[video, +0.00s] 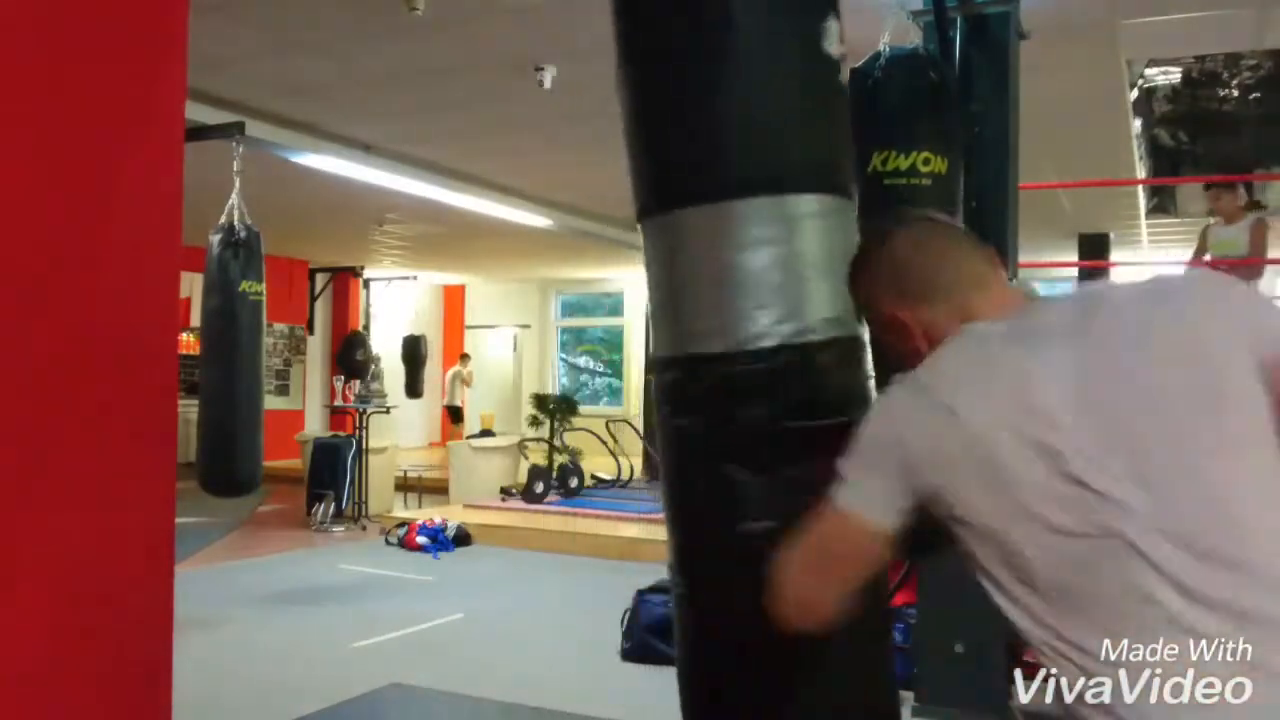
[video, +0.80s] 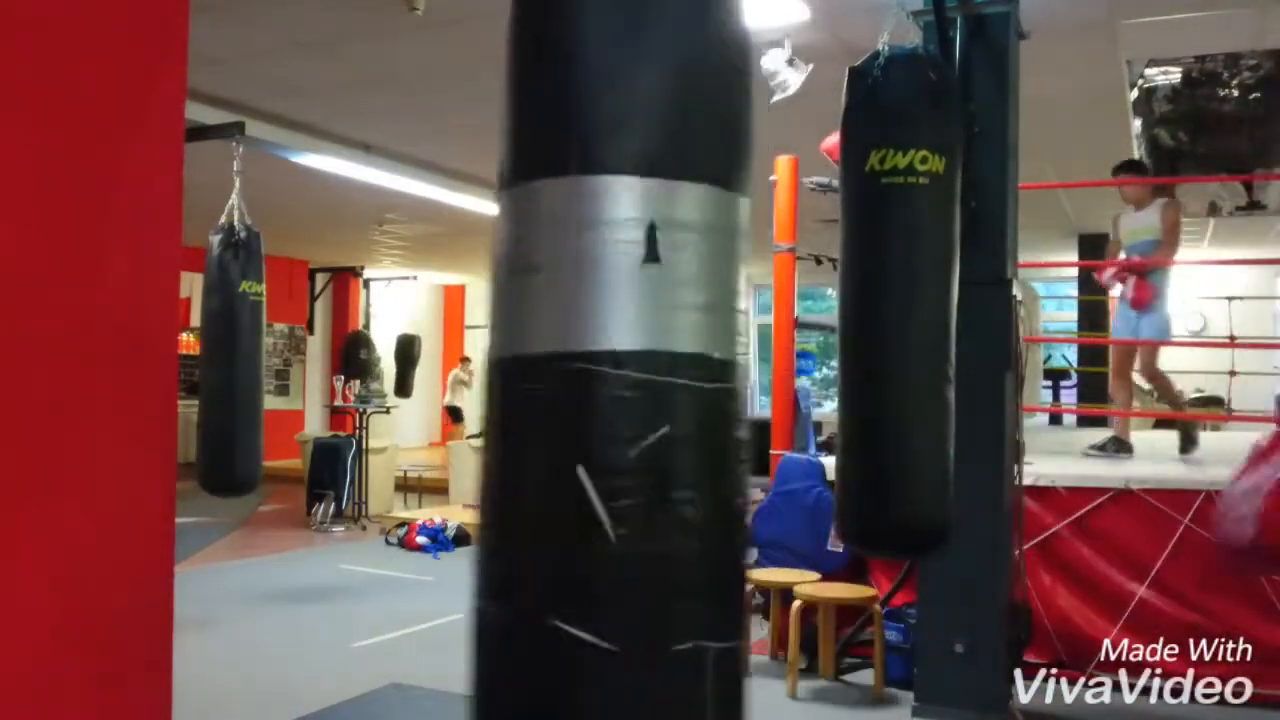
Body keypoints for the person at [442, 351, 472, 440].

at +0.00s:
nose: (467, 364)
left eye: (468, 362)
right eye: (467, 361)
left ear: (460, 360)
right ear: (464, 360)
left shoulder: (451, 370)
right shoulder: (459, 371)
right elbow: (468, 383)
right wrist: (469, 373)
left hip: (448, 401)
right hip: (455, 402)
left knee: (455, 425)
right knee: (459, 425)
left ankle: (452, 444)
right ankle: (456, 444)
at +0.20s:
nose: (468, 367)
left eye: (468, 365)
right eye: (467, 365)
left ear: (461, 363)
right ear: (464, 364)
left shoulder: (452, 373)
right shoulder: (458, 374)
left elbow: (463, 388)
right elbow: (465, 388)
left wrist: (468, 379)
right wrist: (470, 378)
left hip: (449, 404)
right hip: (454, 405)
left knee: (454, 428)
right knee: (457, 428)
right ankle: (456, 448)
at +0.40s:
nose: (465, 365)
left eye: (465, 362)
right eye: (465, 362)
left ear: (458, 360)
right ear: (463, 361)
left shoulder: (447, 371)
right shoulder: (462, 372)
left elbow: (445, 387)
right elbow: (463, 389)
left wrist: (444, 399)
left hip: (447, 403)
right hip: (457, 403)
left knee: (450, 426)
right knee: (461, 426)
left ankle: (450, 445)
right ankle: (458, 445)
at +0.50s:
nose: (464, 364)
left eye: (464, 362)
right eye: (464, 362)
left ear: (457, 361)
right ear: (463, 362)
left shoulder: (447, 372)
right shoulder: (465, 372)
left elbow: (443, 387)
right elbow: (466, 390)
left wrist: (443, 400)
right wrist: (465, 403)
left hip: (447, 403)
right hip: (458, 403)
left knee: (451, 426)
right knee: (464, 426)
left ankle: (451, 444)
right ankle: (457, 442)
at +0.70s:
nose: (467, 365)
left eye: (468, 363)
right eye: (466, 363)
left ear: (460, 362)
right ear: (463, 362)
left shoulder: (451, 371)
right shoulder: (459, 371)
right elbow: (470, 382)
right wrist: (471, 372)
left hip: (448, 401)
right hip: (455, 401)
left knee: (456, 423)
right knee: (462, 423)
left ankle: (453, 443)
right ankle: (458, 443)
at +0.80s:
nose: (467, 367)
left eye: (468, 365)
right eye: (466, 365)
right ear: (462, 364)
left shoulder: (456, 373)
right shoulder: (457, 373)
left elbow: (468, 385)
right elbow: (468, 385)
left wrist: (469, 375)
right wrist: (470, 375)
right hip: (453, 403)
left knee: (457, 426)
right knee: (460, 426)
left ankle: (455, 445)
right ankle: (458, 445)